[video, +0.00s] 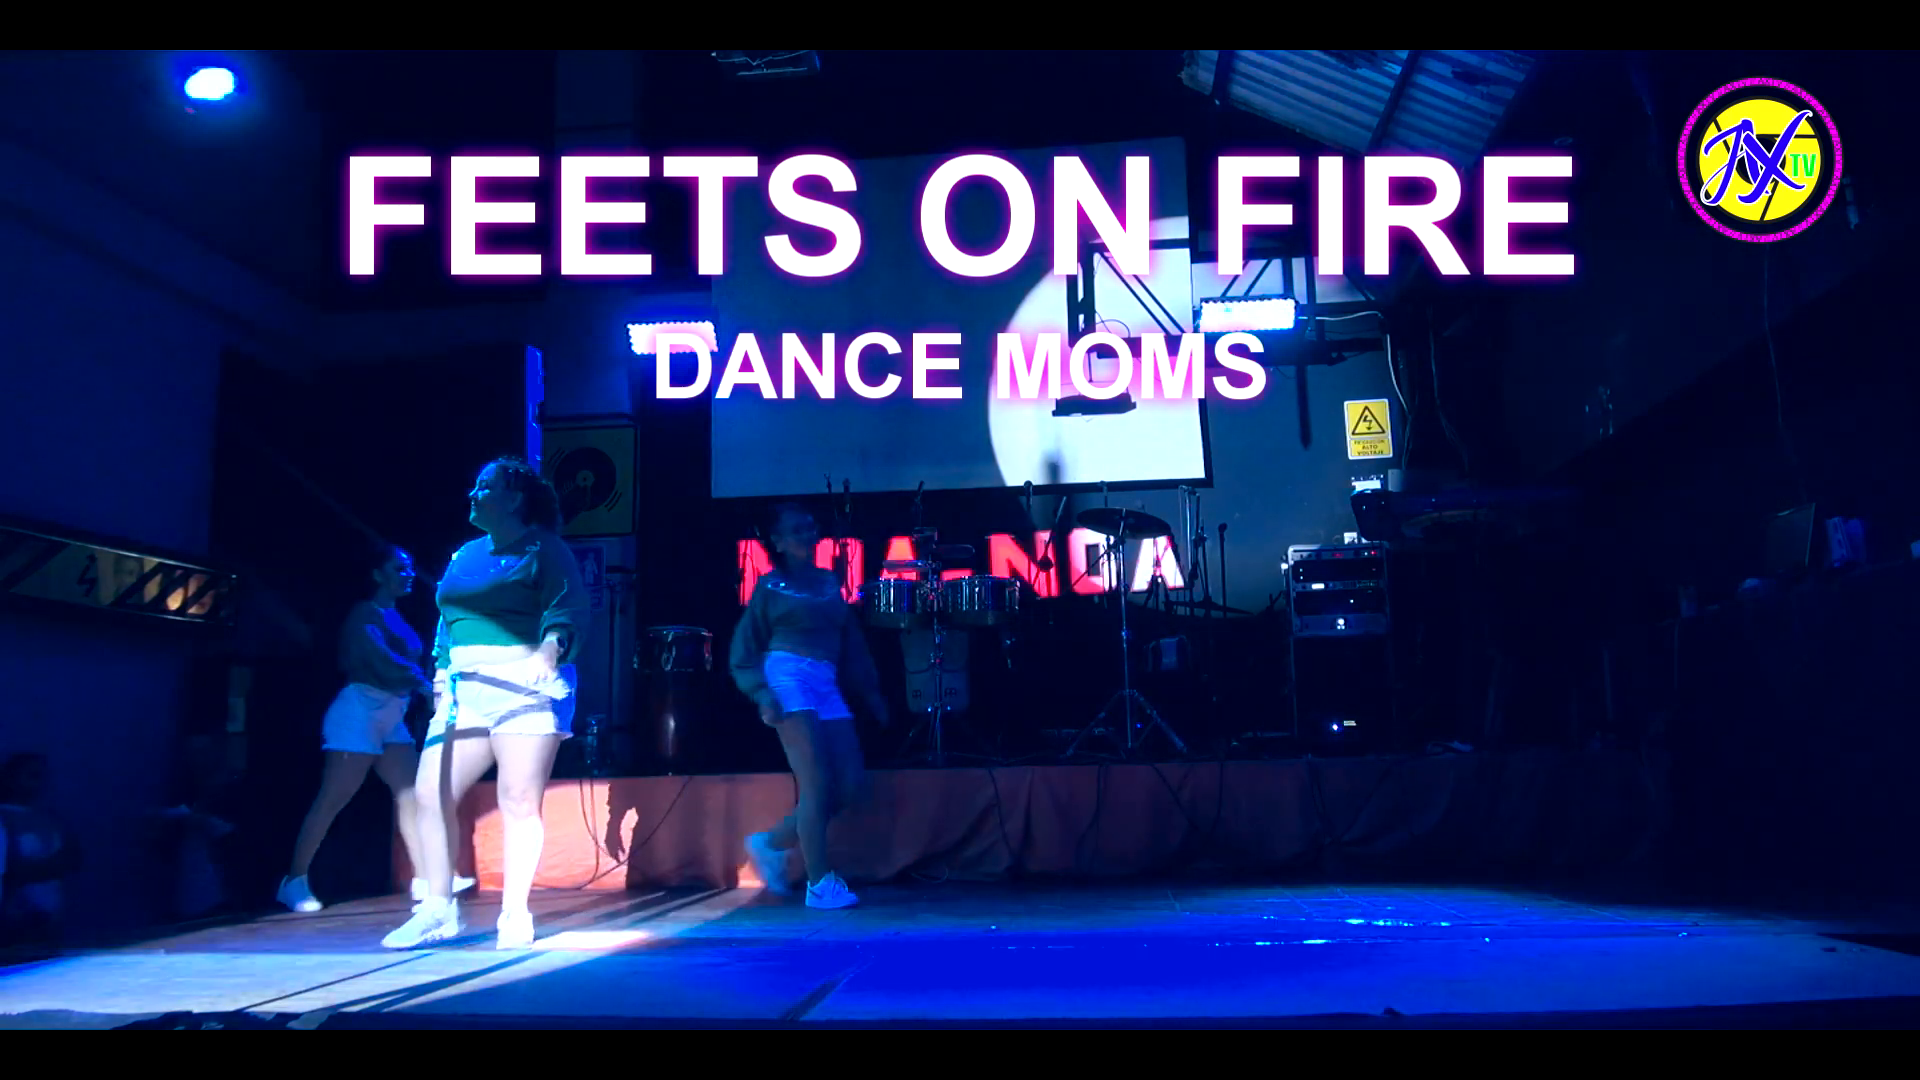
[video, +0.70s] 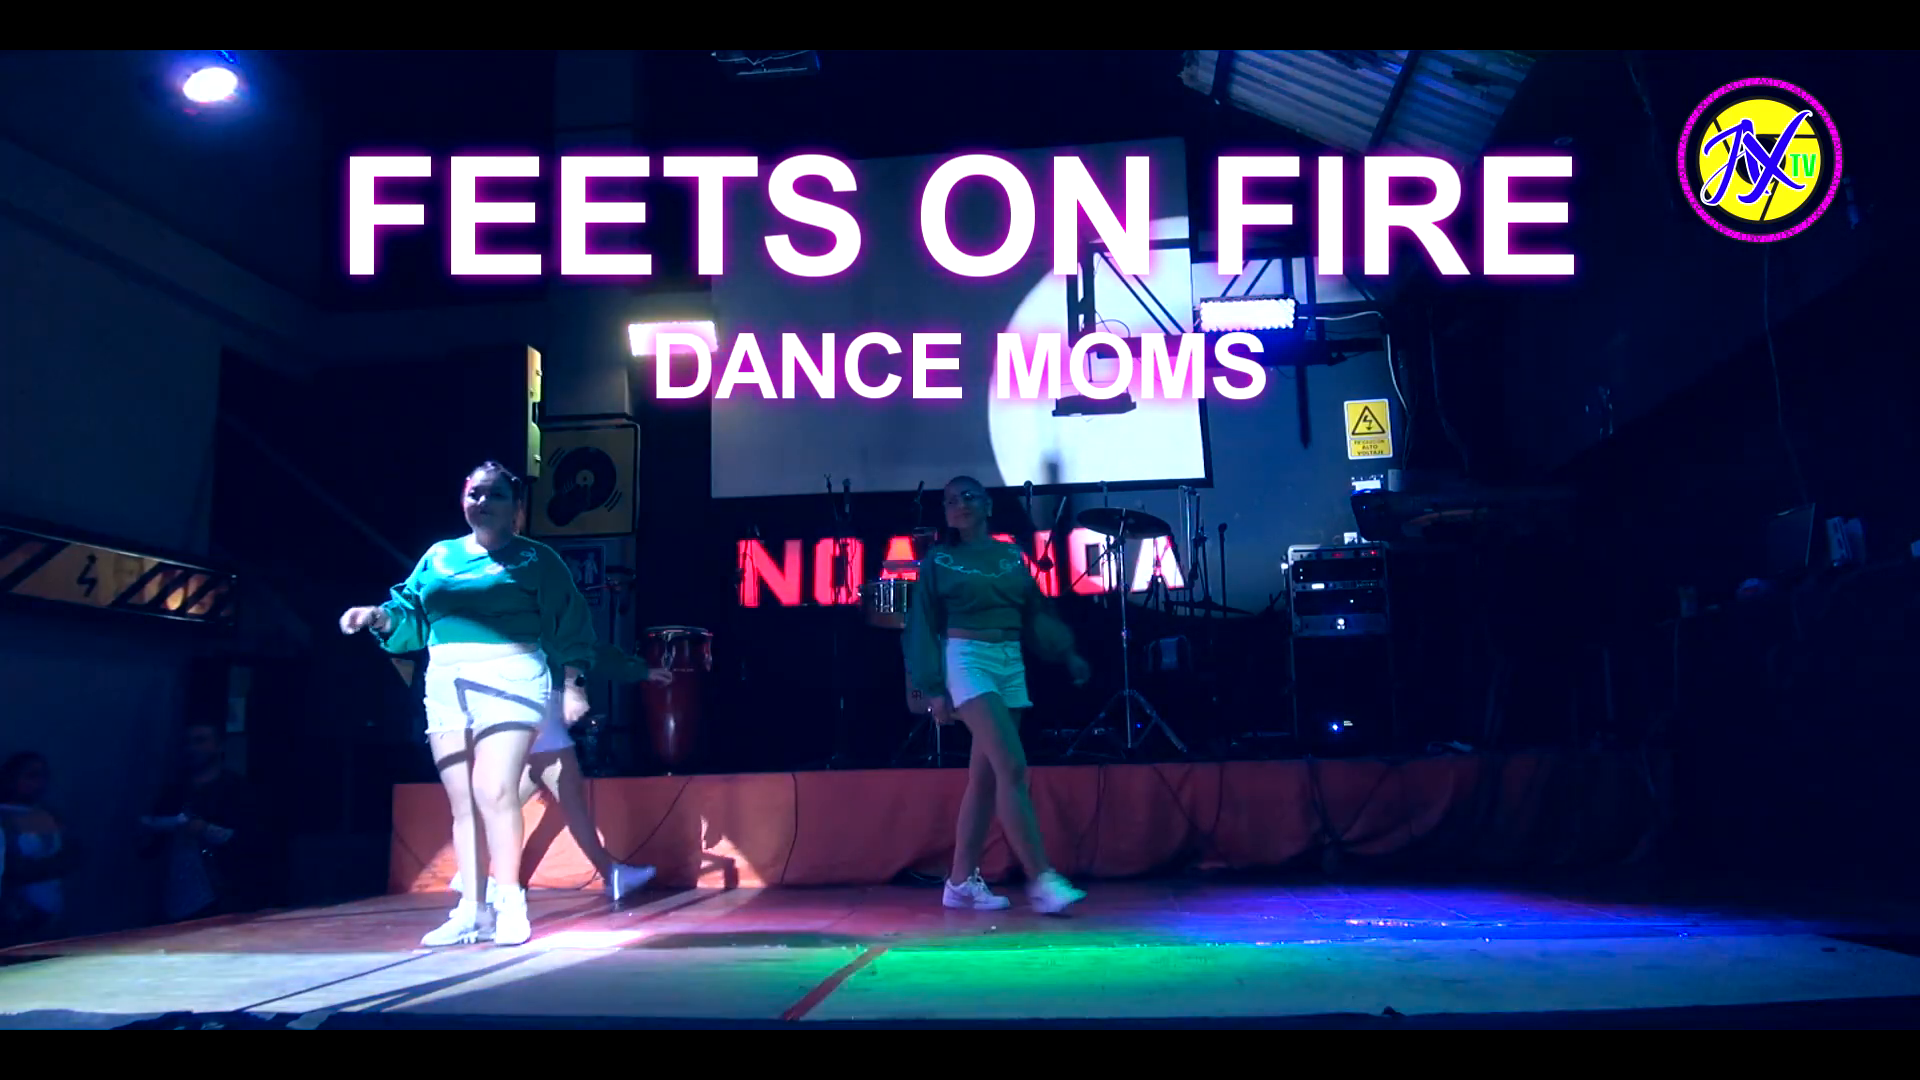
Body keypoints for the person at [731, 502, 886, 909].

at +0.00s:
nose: (807, 536)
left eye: (809, 529)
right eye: (796, 531)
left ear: (816, 533)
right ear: (778, 541)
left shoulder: (828, 583)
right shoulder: (770, 587)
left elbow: (850, 644)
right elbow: (741, 653)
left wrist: (870, 694)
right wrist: (762, 696)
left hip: (825, 677)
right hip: (786, 674)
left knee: (849, 783)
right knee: (814, 781)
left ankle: (769, 843)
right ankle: (819, 882)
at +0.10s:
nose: (840, 526)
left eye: (840, 519)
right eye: (829, 521)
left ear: (843, 526)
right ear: (807, 532)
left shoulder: (849, 576)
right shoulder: (797, 578)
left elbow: (863, 635)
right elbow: (773, 645)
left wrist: (866, 679)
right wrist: (802, 678)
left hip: (848, 673)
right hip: (807, 672)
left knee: (889, 764)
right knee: (821, 774)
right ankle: (819, 881)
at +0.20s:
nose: (869, 521)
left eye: (869, 515)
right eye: (859, 516)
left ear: (871, 523)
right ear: (836, 526)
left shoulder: (874, 572)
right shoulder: (822, 570)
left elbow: (882, 627)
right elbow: (805, 635)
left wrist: (910, 618)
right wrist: (843, 660)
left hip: (877, 676)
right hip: (832, 676)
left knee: (914, 765)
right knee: (828, 775)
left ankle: (926, 873)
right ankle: (821, 881)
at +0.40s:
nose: (919, 521)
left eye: (919, 514)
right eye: (908, 516)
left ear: (922, 522)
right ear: (886, 526)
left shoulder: (926, 570)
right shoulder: (877, 569)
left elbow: (937, 624)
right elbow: (867, 635)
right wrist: (897, 662)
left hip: (938, 672)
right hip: (896, 676)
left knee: (967, 768)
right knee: (902, 780)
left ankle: (961, 880)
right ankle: (843, 863)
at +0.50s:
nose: (936, 518)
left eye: (939, 511)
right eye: (926, 513)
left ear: (944, 520)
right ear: (905, 524)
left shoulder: (948, 570)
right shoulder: (898, 571)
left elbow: (960, 620)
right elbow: (893, 631)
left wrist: (988, 612)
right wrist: (909, 679)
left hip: (967, 670)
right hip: (926, 674)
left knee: (978, 779)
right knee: (952, 778)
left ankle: (961, 882)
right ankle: (885, 849)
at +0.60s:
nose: (947, 510)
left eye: (953, 503)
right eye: (937, 506)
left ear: (965, 510)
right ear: (923, 518)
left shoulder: (979, 561)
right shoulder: (918, 564)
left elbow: (997, 624)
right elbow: (909, 627)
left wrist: (1020, 673)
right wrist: (919, 686)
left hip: (989, 662)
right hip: (944, 663)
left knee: (991, 766)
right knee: (985, 759)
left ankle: (966, 872)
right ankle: (958, 868)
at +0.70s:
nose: (963, 505)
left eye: (970, 497)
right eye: (955, 500)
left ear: (986, 507)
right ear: (946, 514)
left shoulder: (1010, 555)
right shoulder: (938, 561)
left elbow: (1036, 614)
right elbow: (922, 628)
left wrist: (1067, 653)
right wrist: (933, 690)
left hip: (1011, 661)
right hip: (965, 659)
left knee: (983, 775)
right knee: (1011, 766)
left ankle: (961, 880)